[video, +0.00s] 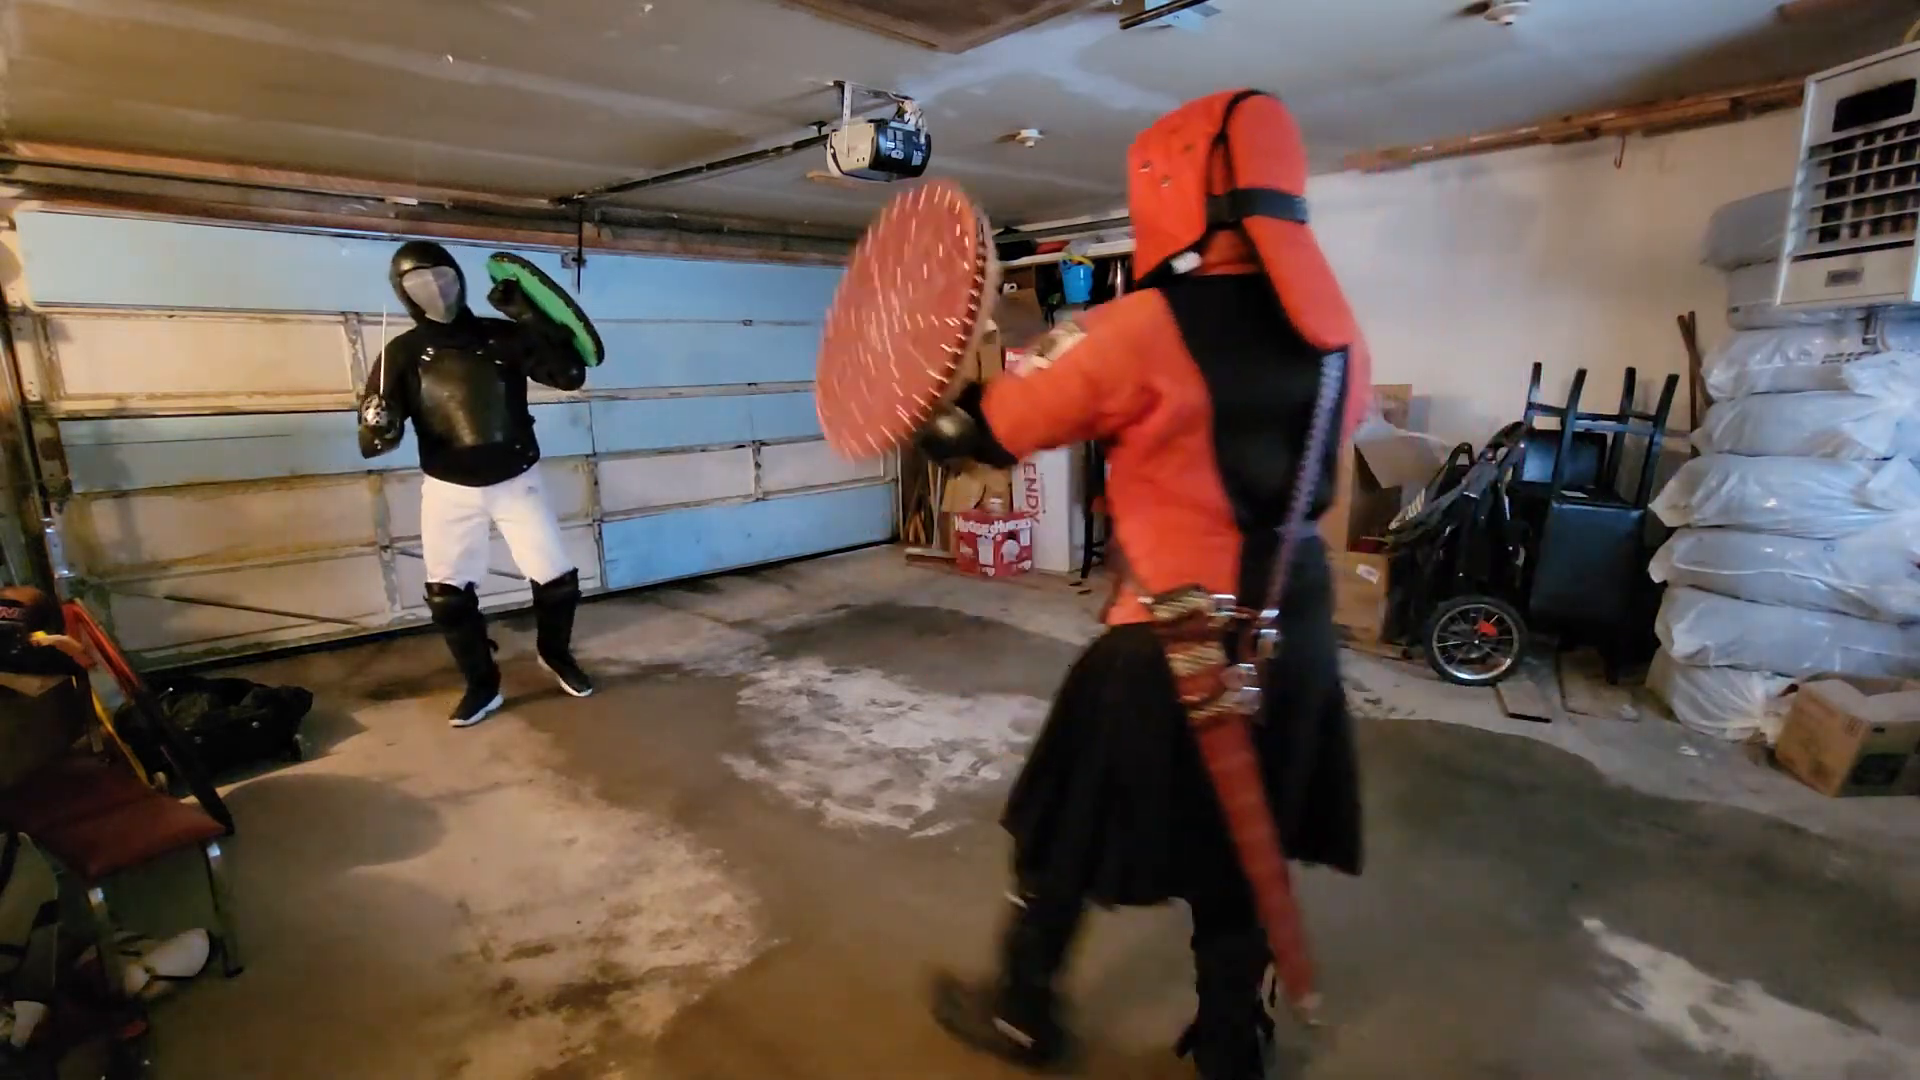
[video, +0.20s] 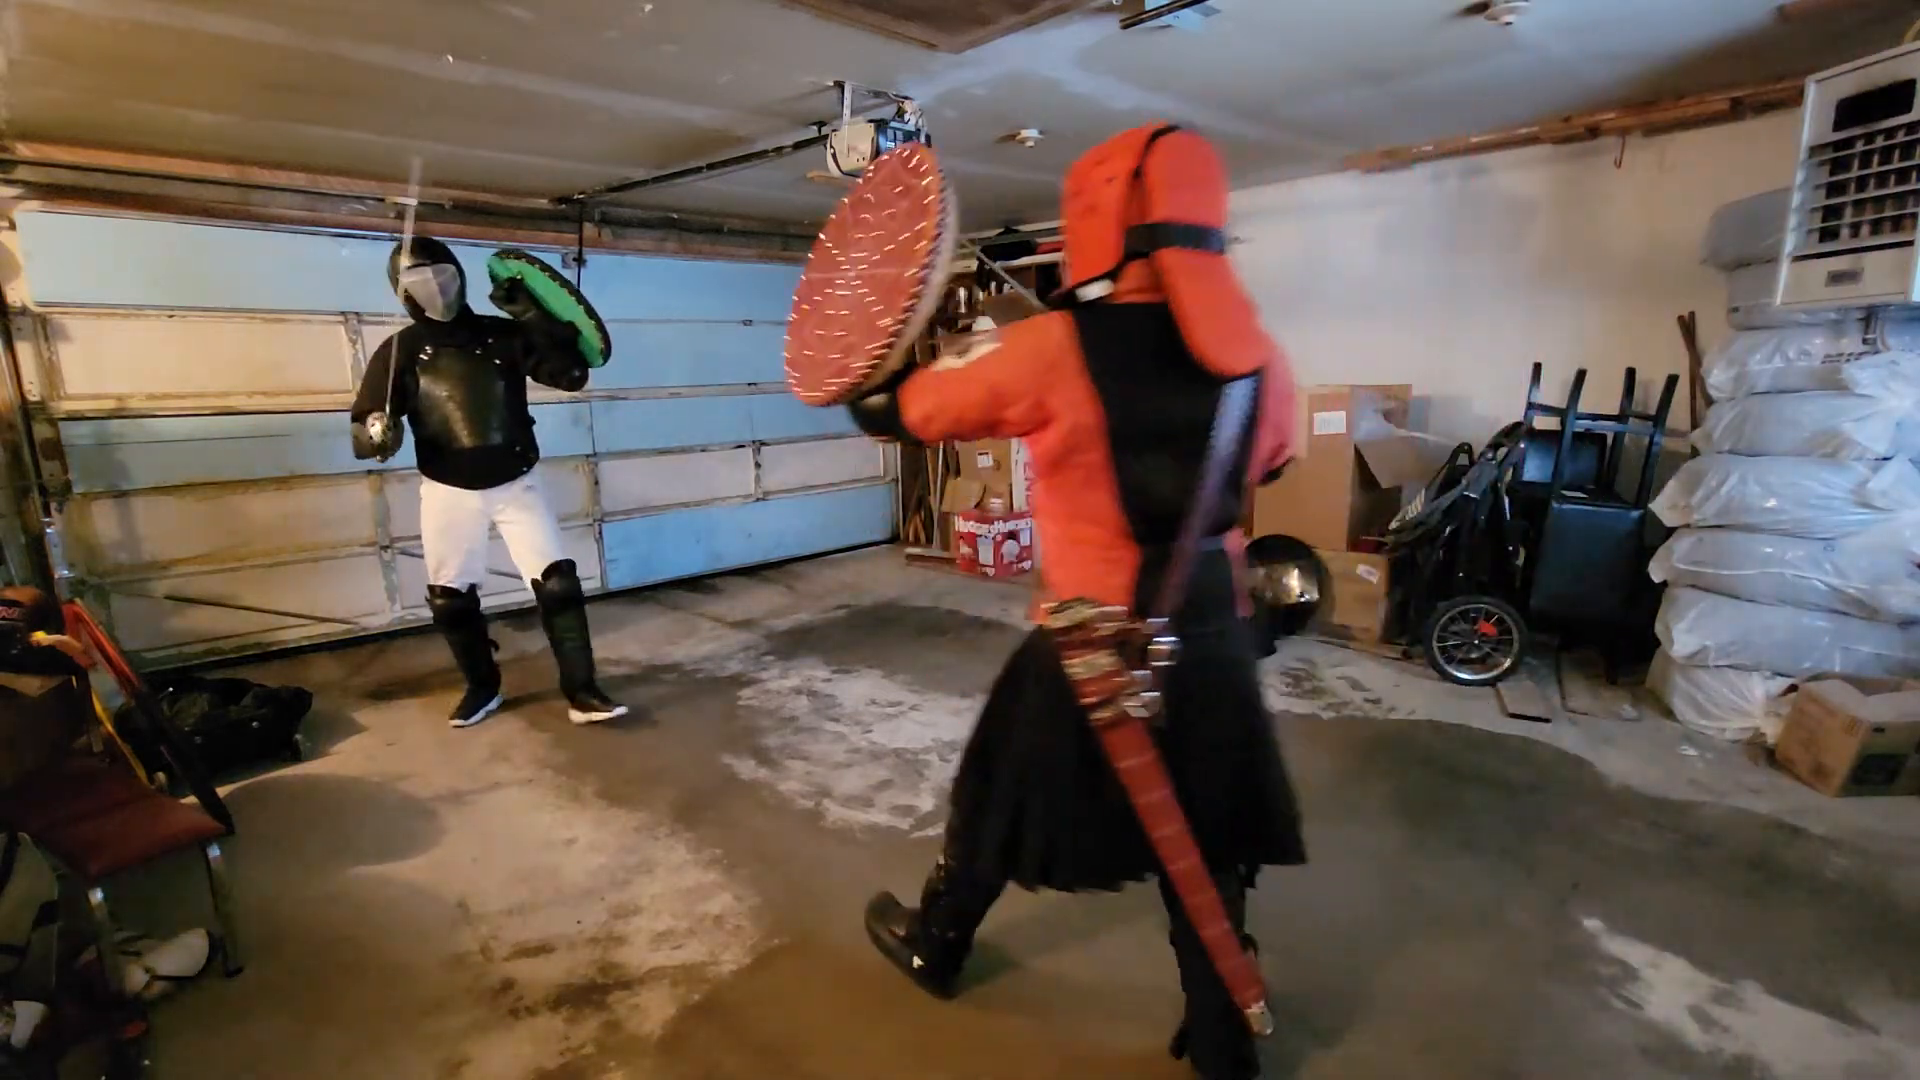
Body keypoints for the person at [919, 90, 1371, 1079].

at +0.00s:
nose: (1140, 210)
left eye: (1151, 192)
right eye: (1145, 192)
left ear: (1181, 198)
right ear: (1273, 195)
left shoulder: (1146, 329)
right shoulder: (1332, 333)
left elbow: (1004, 423)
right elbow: (1325, 493)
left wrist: (949, 400)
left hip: (1164, 642)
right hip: (1288, 642)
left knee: (1070, 817)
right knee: (1242, 848)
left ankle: (1025, 1003)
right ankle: (1232, 1038)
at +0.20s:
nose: (1067, 239)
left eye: (1079, 222)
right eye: (1073, 222)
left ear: (1106, 229)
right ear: (1197, 228)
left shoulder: (1056, 346)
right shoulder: (1251, 354)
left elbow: (941, 403)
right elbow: (1269, 456)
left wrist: (879, 398)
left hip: (1086, 642)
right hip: (1206, 642)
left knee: (997, 786)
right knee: (1211, 839)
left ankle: (940, 938)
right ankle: (1220, 1030)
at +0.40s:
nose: (974, 250)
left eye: (983, 235)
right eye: (985, 234)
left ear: (1006, 242)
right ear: (1107, 241)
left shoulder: (960, 352)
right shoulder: (1155, 359)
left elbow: (837, 428)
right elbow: (1189, 490)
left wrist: (807, 407)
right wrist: (1119, 523)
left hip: (1001, 636)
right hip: (1125, 633)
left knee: (933, 769)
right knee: (1163, 816)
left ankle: (922, 940)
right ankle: (1208, 1014)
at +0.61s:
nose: (931, 245)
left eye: (938, 230)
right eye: (935, 230)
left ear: (956, 234)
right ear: (1052, 235)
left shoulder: (913, 346)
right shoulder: (1112, 351)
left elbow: (814, 439)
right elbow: (1142, 487)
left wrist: (775, 425)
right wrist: (1122, 575)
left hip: (969, 612)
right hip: (1098, 608)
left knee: (924, 772)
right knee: (1144, 790)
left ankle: (919, 941)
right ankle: (1182, 996)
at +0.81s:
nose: (937, 258)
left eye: (943, 243)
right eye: (942, 243)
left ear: (960, 247)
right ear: (1056, 246)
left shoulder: (919, 357)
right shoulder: (1116, 359)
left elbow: (821, 462)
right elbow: (1146, 498)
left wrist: (782, 447)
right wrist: (1114, 582)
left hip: (980, 615)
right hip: (1104, 610)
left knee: (924, 771)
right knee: (1156, 791)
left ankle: (921, 939)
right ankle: (1209, 986)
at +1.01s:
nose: (958, 260)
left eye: (965, 244)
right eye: (961, 245)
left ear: (986, 247)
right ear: (1079, 245)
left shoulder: (945, 358)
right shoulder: (1137, 355)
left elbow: (845, 460)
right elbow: (1174, 493)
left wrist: (811, 447)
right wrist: (1107, 540)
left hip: (1002, 624)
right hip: (1127, 618)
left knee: (940, 773)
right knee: (1171, 802)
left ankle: (925, 942)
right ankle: (1216, 999)